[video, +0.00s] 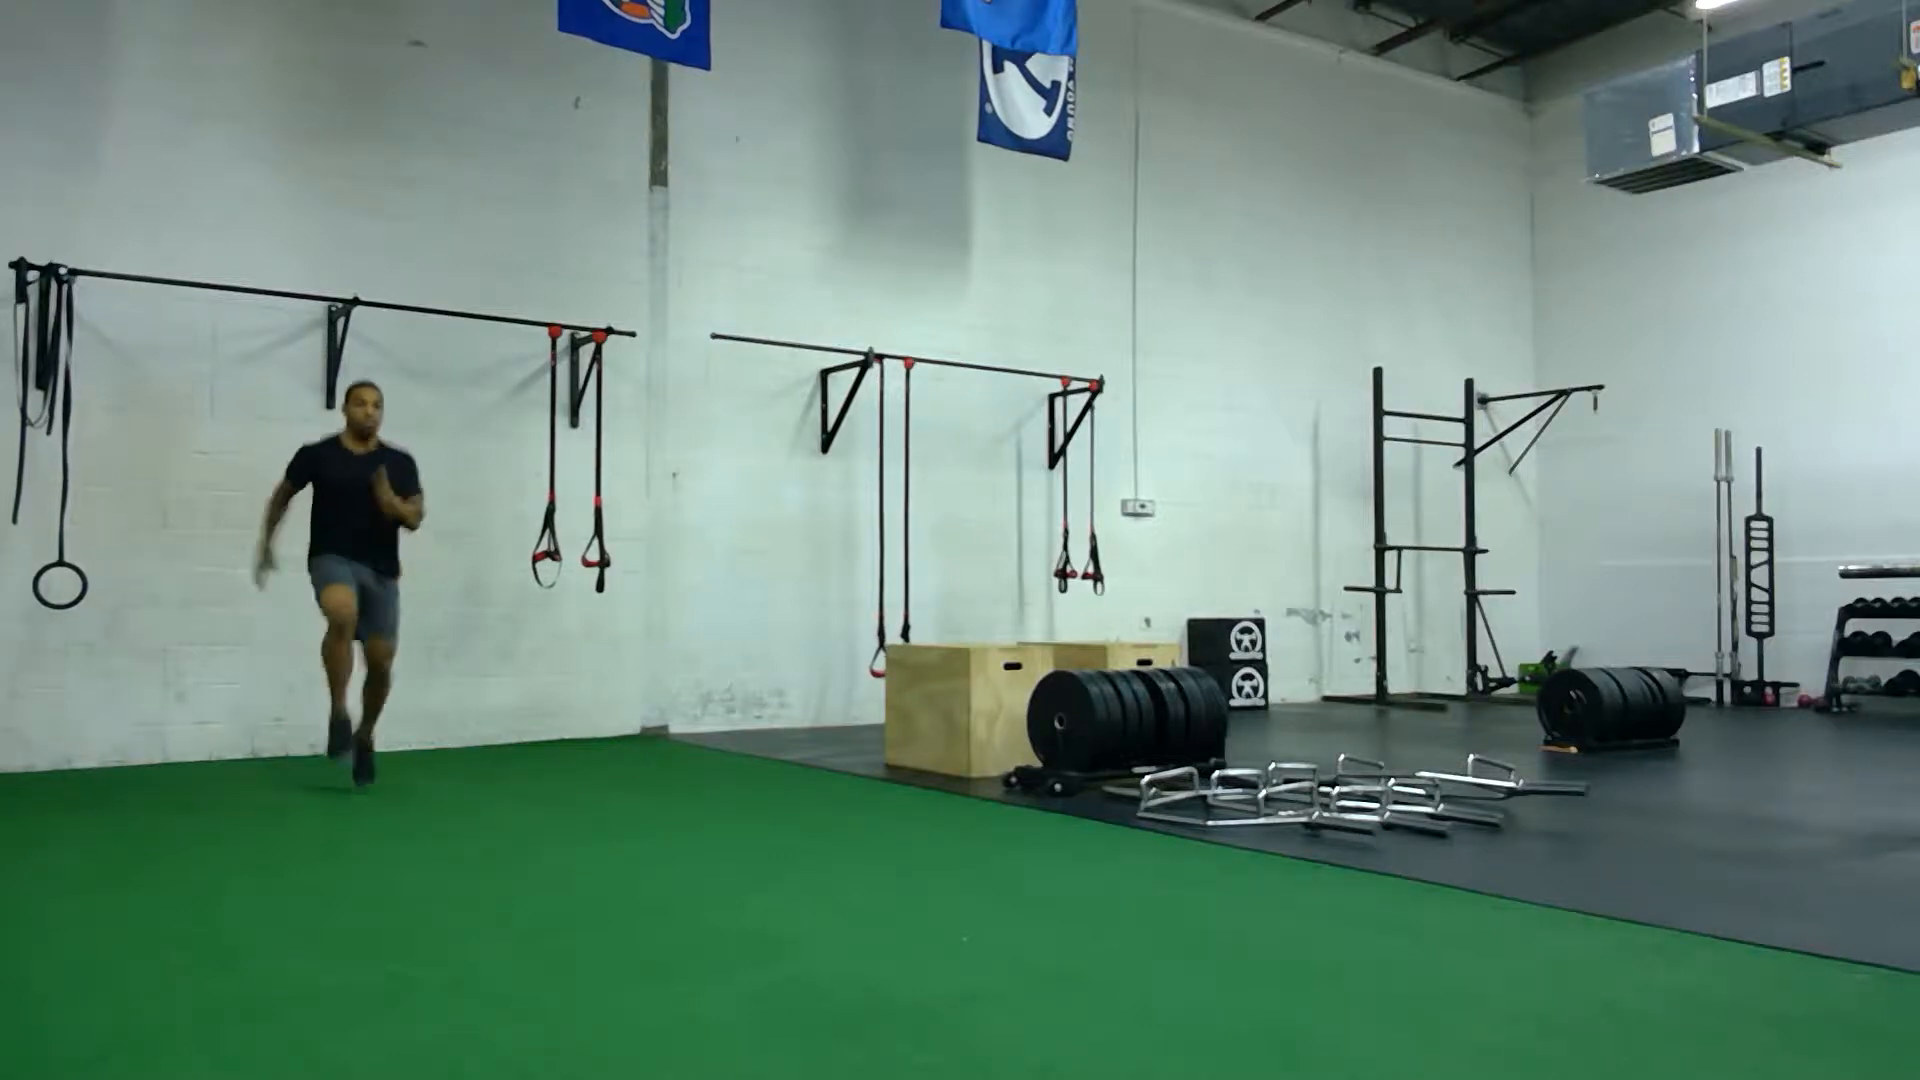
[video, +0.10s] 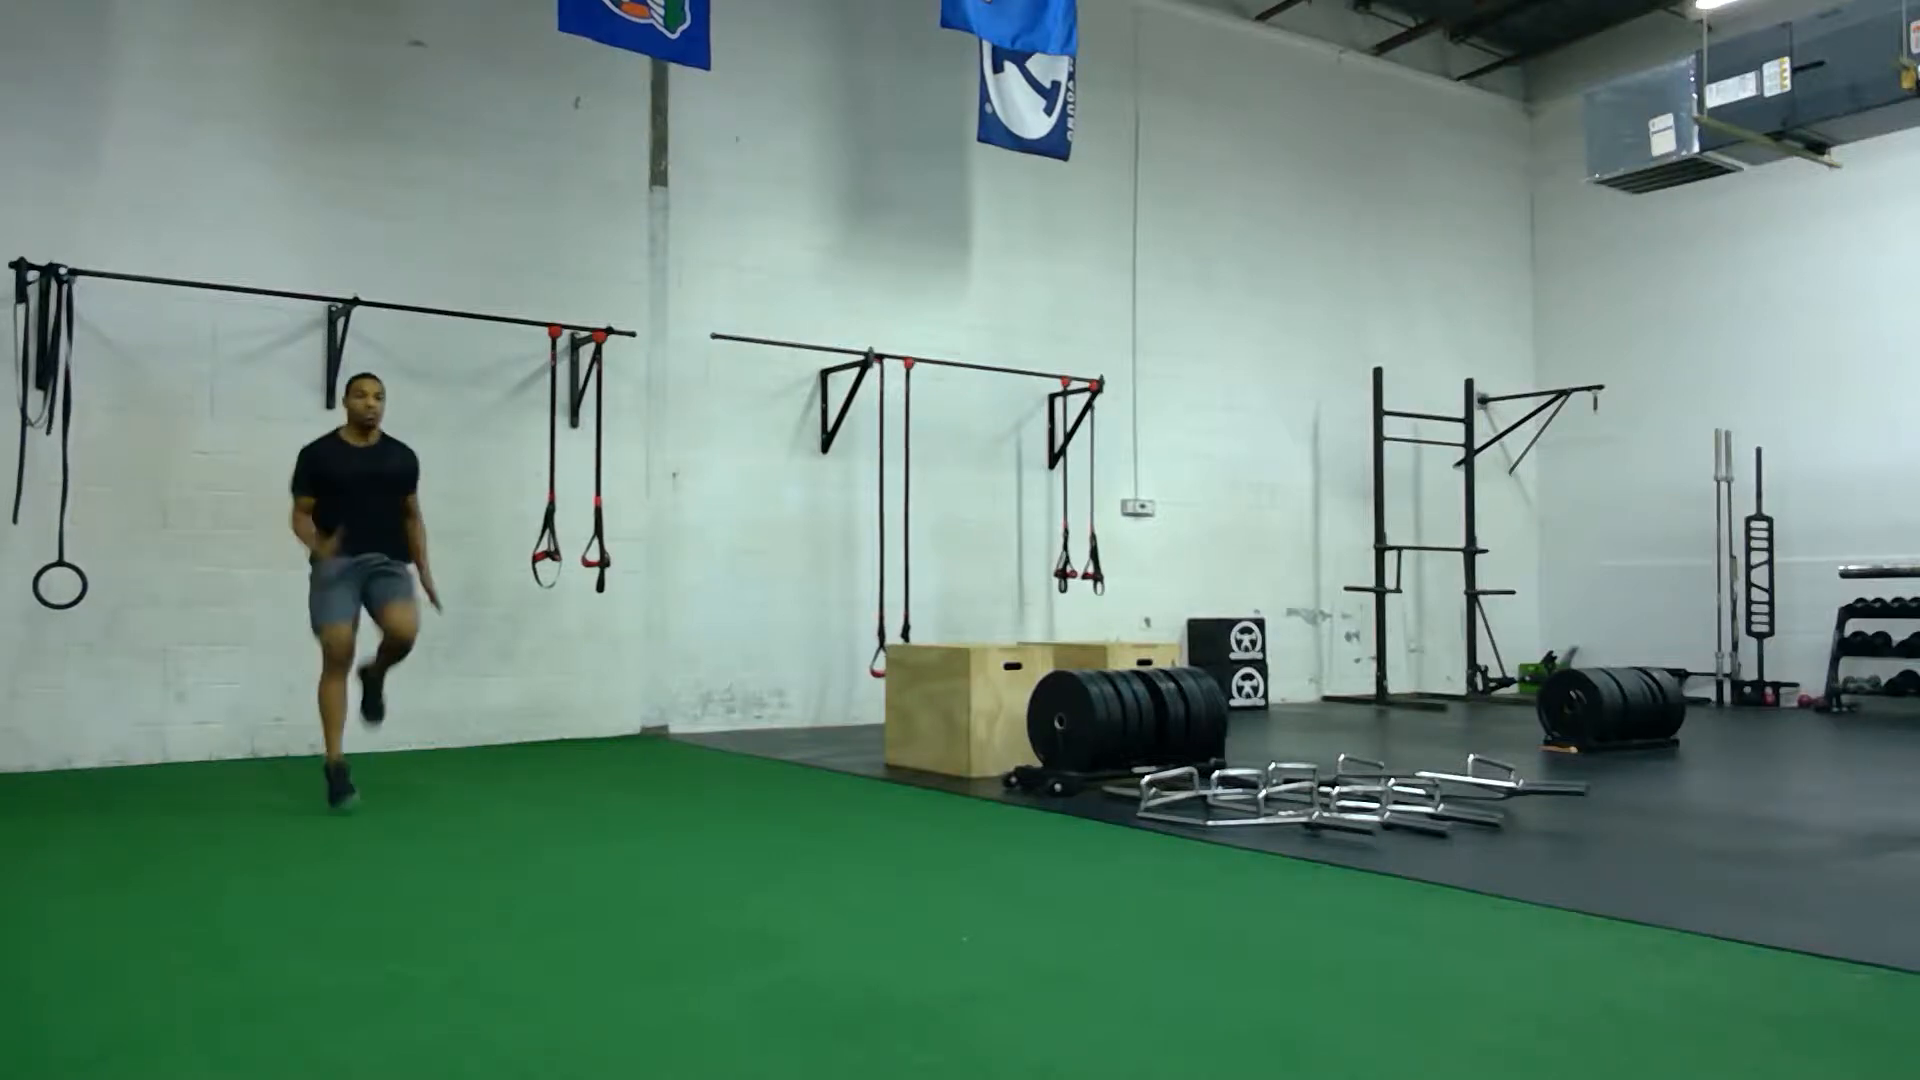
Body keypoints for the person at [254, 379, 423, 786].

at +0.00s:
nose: (369, 412)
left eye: (375, 406)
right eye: (360, 405)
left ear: (383, 413)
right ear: (345, 411)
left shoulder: (399, 461)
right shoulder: (317, 456)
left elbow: (416, 518)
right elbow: (281, 497)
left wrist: (391, 501)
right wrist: (266, 547)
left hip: (380, 568)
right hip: (333, 558)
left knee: (381, 662)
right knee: (342, 615)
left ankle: (365, 738)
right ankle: (339, 715)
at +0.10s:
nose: (369, 403)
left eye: (376, 397)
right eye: (361, 396)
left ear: (384, 406)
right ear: (345, 403)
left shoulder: (401, 456)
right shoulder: (317, 455)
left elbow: (412, 515)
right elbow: (301, 516)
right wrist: (317, 544)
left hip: (389, 563)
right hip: (335, 565)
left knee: (404, 633)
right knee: (338, 656)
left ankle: (374, 675)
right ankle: (335, 764)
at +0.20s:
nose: (370, 422)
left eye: (377, 415)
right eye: (360, 414)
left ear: (384, 423)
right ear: (345, 422)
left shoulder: (403, 476)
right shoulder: (320, 473)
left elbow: (418, 531)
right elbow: (317, 533)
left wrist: (417, 578)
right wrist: (359, 498)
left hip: (385, 580)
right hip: (337, 588)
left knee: (418, 574)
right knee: (343, 684)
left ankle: (389, 657)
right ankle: (344, 780)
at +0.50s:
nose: (397, 405)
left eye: (404, 398)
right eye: (388, 397)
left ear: (412, 407)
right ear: (370, 404)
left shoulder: (432, 460)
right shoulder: (343, 460)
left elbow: (436, 517)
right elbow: (329, 529)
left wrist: (436, 566)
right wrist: (372, 492)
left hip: (417, 569)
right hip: (369, 578)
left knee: (444, 529)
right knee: (374, 685)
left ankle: (430, 639)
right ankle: (382, 786)